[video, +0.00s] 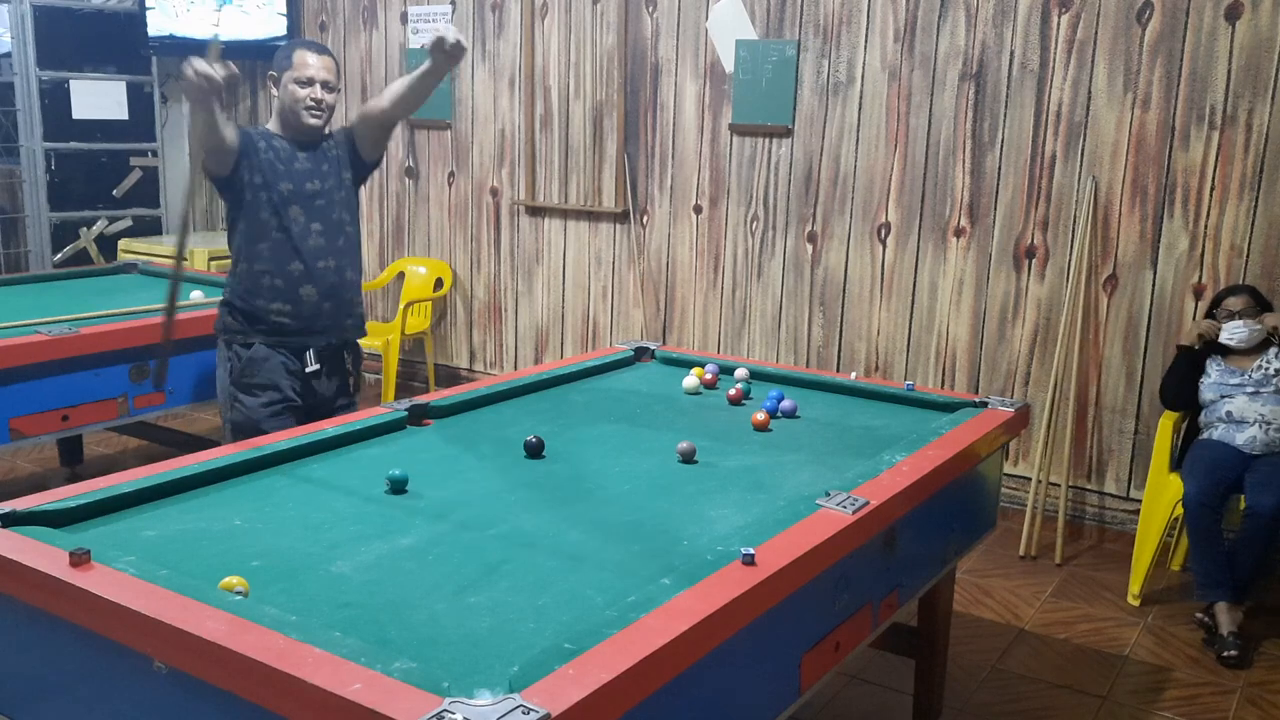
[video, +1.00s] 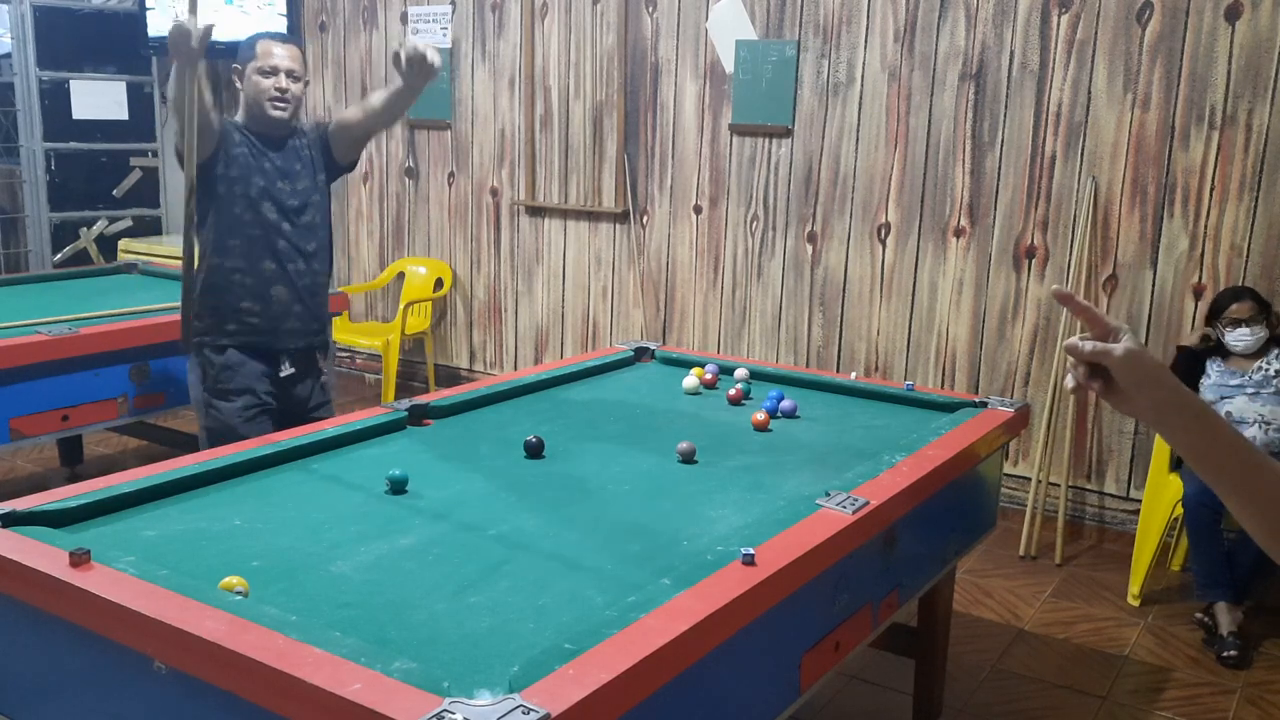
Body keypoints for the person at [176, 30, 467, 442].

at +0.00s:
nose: (318, 95)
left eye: (329, 87)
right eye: (304, 83)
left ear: (337, 96)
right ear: (275, 87)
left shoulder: (345, 153)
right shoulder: (246, 149)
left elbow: (384, 112)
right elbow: (214, 148)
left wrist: (436, 68)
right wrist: (204, 102)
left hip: (334, 351)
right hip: (261, 352)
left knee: (334, 485)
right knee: (267, 488)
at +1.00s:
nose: (282, 86)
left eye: (293, 77)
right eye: (268, 73)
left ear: (305, 89)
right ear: (240, 80)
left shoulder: (317, 146)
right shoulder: (217, 143)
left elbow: (369, 117)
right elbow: (192, 115)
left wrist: (410, 85)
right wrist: (186, 66)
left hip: (303, 348)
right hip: (232, 350)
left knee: (316, 478)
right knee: (244, 483)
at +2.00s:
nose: (150, 81)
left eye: (160, 69)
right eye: (133, 69)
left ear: (175, 80)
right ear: (96, 78)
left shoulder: (201, 158)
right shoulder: (72, 176)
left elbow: (244, 259)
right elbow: (59, 296)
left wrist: (283, 345)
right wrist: (50, 406)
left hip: (225, 377)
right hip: (134, 387)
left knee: (258, 521)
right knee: (154, 535)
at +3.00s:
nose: (188, 100)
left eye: (202, 89)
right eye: (172, 85)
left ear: (219, 98)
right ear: (138, 86)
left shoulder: (243, 179)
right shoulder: (87, 177)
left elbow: (273, 289)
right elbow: (57, 288)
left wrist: (304, 382)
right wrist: (38, 402)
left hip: (224, 404)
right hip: (120, 406)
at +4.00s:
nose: (253, 94)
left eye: (268, 86)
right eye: (237, 80)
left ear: (284, 103)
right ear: (204, 84)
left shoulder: (284, 198)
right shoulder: (131, 156)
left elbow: (283, 316)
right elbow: (61, 265)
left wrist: (296, 414)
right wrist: (33, 382)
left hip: (215, 414)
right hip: (108, 410)